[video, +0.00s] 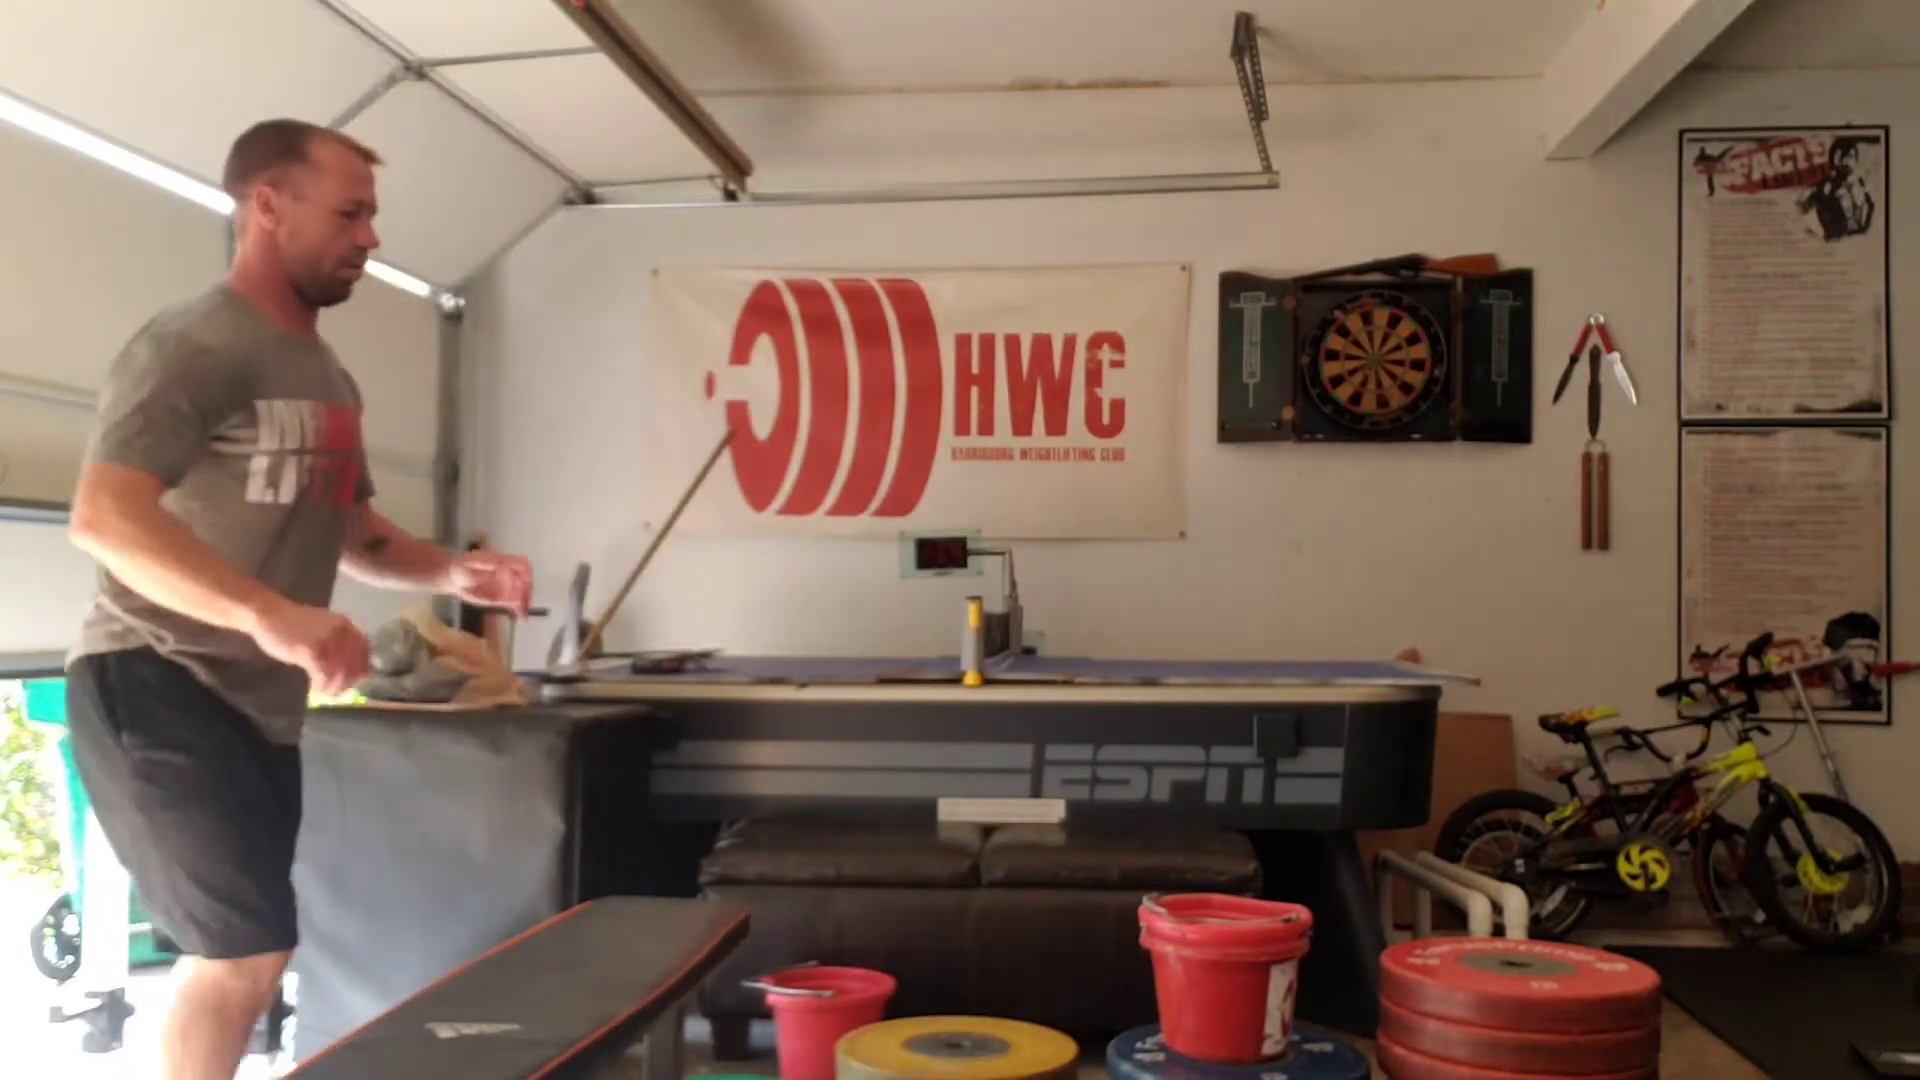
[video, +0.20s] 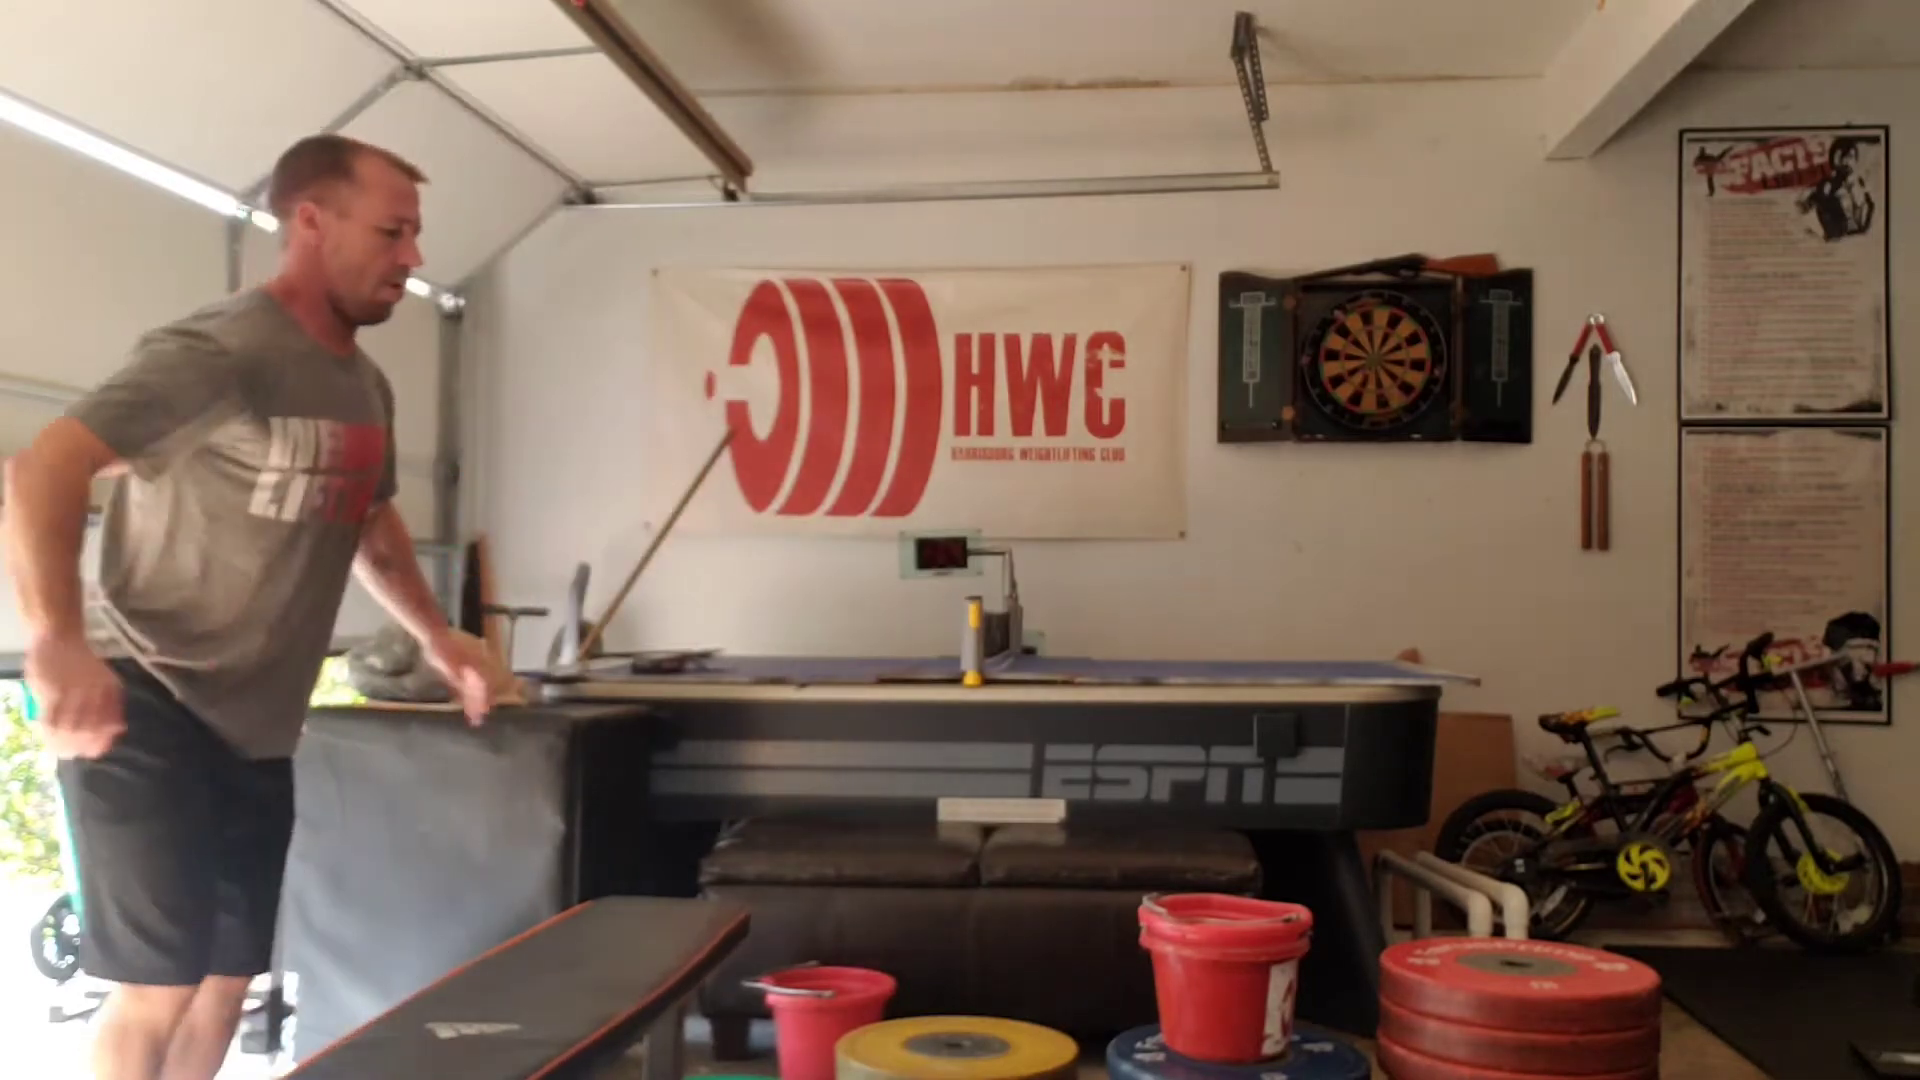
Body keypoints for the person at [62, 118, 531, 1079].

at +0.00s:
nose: (372, 237)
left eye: (373, 216)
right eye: (354, 211)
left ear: (283, 211)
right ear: (267, 206)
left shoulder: (327, 377)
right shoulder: (190, 342)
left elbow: (357, 532)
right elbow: (104, 511)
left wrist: (452, 569)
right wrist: (267, 612)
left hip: (257, 696)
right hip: (153, 680)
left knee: (250, 950)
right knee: (242, 945)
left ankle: (201, 1072)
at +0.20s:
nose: (411, 256)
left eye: (414, 235)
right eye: (395, 229)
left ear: (322, 226)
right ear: (312, 220)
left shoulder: (363, 385)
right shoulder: (220, 350)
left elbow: (370, 523)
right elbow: (46, 468)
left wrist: (437, 636)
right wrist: (58, 638)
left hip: (260, 728)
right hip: (148, 705)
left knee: (224, 981)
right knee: (154, 991)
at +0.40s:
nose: (489, 364)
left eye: (492, 341)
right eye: (469, 337)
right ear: (387, 331)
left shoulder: (424, 478)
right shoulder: (286, 445)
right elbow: (78, 478)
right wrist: (15, 662)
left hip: (252, 767)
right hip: (126, 748)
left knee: (329, 957)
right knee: (202, 1019)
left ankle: (229, 1078)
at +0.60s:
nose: (516, 380)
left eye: (515, 357)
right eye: (495, 354)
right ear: (412, 347)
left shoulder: (470, 509)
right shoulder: (343, 479)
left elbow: (525, 653)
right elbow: (420, 667)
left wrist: (622, 597)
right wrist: (573, 595)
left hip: (291, 780)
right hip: (168, 769)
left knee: (351, 1007)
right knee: (239, 1046)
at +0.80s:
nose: (672, 104)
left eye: (677, 85)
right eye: (659, 76)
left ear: (583, 59)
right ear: (577, 52)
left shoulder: (606, 201)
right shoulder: (494, 135)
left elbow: (717, 324)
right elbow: (566, 256)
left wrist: (788, 231)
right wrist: (722, 180)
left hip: (448, 489)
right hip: (354, 476)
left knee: (540, 730)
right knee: (426, 753)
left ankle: (294, 849)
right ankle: (228, 887)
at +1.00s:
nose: (843, 65)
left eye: (845, 42)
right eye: (831, 34)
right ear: (751, 15)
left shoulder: (754, 207)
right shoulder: (660, 113)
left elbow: (774, 382)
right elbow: (585, 289)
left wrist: (881, 468)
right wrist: (748, 361)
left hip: (584, 408)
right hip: (477, 389)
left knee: (788, 526)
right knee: (688, 501)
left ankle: (765, 804)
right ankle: (688, 787)